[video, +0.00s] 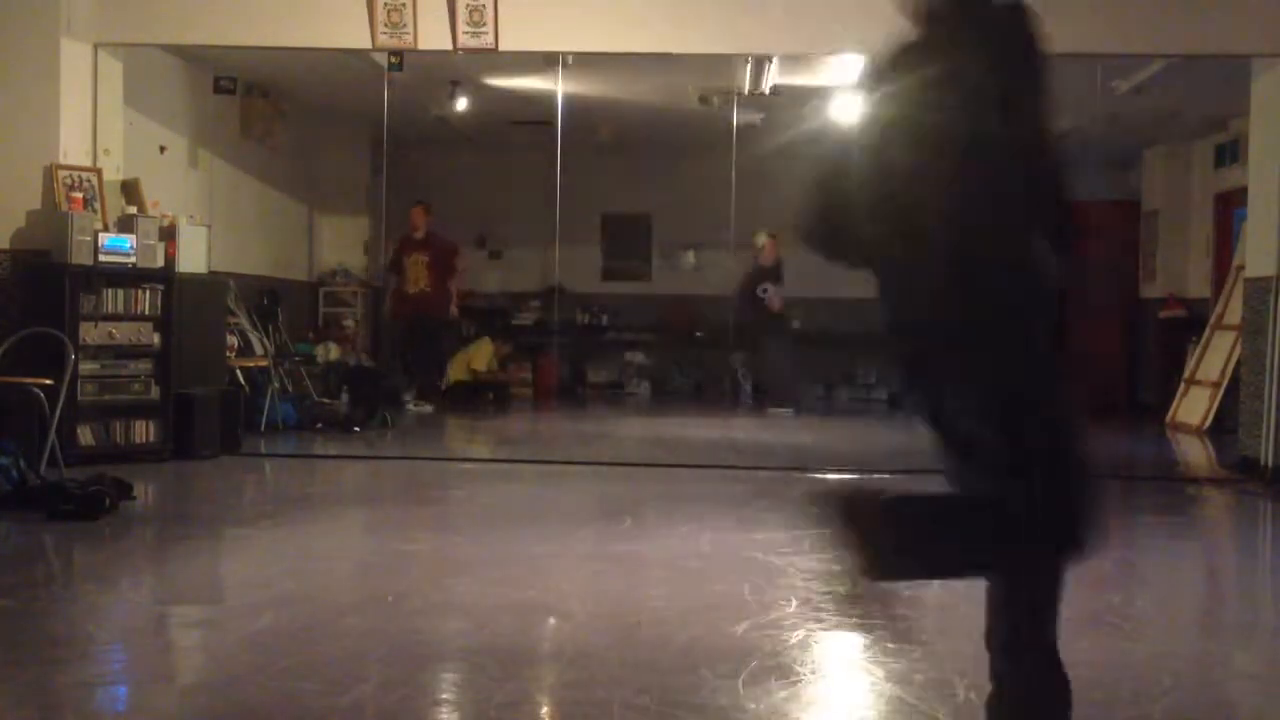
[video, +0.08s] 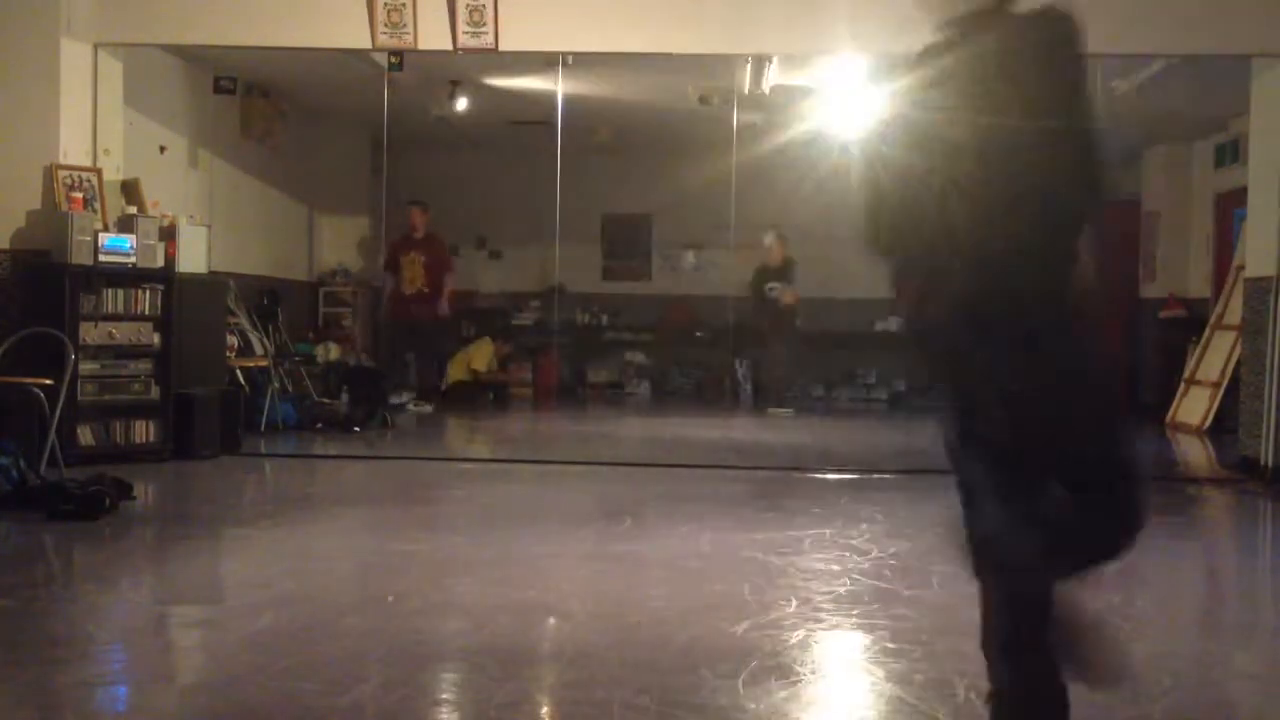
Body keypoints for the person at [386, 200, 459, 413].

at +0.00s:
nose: (414, 220)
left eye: (418, 215)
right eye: (412, 215)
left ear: (427, 218)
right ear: (409, 218)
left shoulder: (443, 245)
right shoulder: (403, 245)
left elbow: (452, 278)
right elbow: (394, 275)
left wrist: (453, 304)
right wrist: (391, 303)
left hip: (433, 310)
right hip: (407, 310)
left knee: (430, 354)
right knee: (408, 352)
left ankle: (429, 397)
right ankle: (412, 392)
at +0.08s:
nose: (413, 220)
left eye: (417, 215)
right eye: (410, 215)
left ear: (426, 217)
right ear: (407, 217)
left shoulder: (436, 244)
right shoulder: (398, 245)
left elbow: (447, 274)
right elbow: (390, 275)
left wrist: (444, 300)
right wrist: (386, 301)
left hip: (428, 309)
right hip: (402, 309)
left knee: (428, 354)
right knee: (399, 351)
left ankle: (427, 396)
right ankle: (401, 390)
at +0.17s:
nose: (407, 221)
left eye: (411, 216)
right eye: (405, 216)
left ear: (422, 217)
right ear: (401, 218)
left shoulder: (432, 243)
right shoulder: (395, 244)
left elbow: (440, 274)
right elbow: (390, 277)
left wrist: (435, 299)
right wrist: (384, 301)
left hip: (423, 309)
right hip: (398, 310)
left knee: (425, 356)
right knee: (394, 355)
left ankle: (425, 397)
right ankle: (394, 395)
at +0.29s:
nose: (402, 220)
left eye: (406, 216)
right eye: (400, 216)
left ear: (417, 217)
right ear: (396, 218)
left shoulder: (426, 243)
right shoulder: (392, 243)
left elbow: (433, 274)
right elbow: (384, 272)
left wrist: (421, 297)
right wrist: (382, 299)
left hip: (416, 308)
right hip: (393, 308)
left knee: (422, 355)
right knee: (391, 354)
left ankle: (424, 396)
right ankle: (392, 397)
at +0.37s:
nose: (397, 220)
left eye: (401, 215)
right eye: (394, 215)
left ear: (411, 217)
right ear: (391, 218)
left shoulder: (421, 243)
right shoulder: (386, 245)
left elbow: (428, 275)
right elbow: (379, 276)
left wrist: (416, 300)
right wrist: (374, 303)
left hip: (411, 308)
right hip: (388, 308)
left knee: (417, 353)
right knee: (387, 354)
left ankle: (421, 394)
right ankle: (389, 398)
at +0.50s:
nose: (390, 218)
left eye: (394, 213)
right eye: (388, 213)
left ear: (404, 214)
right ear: (384, 215)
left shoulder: (417, 241)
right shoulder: (380, 243)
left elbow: (426, 275)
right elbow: (374, 276)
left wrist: (419, 304)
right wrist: (367, 300)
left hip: (408, 309)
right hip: (384, 309)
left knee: (410, 355)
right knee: (385, 356)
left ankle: (412, 393)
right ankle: (387, 399)